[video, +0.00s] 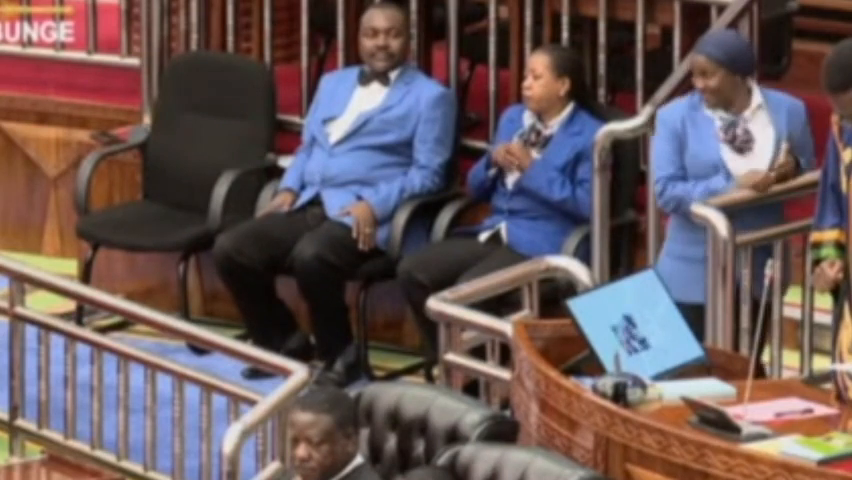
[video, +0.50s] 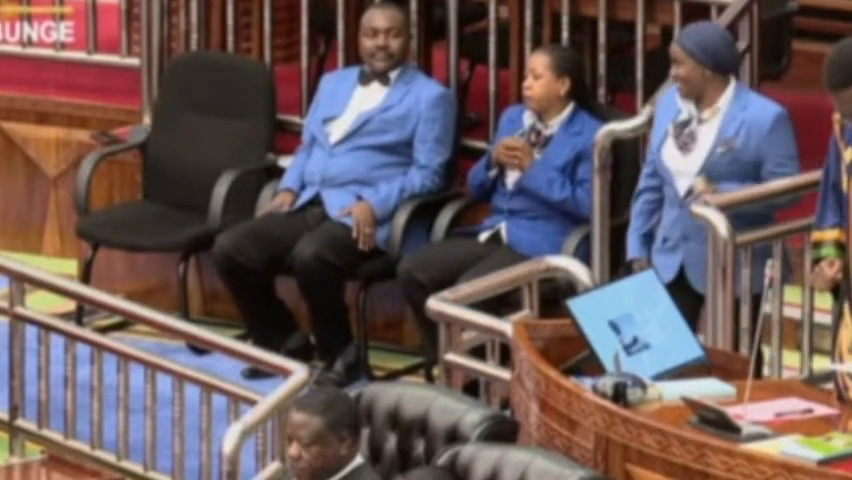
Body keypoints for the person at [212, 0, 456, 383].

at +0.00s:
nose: (381, 43)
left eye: (391, 34)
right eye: (372, 34)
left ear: (407, 40)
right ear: (359, 39)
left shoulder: (430, 97)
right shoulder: (333, 83)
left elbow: (429, 174)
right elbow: (308, 150)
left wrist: (374, 205)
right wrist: (288, 189)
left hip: (368, 215)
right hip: (313, 207)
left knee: (311, 258)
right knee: (233, 250)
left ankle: (340, 359)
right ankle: (282, 343)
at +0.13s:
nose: (381, 43)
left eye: (391, 34)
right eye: (372, 34)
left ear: (407, 40)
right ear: (359, 39)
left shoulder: (430, 97)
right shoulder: (333, 83)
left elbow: (429, 174)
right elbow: (308, 150)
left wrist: (375, 205)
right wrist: (288, 190)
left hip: (367, 216)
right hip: (313, 207)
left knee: (311, 257)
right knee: (233, 250)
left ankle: (340, 358)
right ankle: (281, 342)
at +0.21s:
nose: (381, 43)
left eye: (391, 34)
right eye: (372, 34)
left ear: (407, 40)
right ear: (359, 39)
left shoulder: (430, 97)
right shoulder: (333, 83)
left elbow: (429, 174)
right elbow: (308, 150)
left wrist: (375, 205)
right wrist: (288, 190)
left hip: (367, 216)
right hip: (313, 207)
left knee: (311, 257)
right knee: (233, 250)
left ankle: (340, 358)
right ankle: (282, 342)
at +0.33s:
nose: (381, 43)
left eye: (391, 34)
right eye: (372, 34)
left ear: (407, 40)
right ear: (359, 39)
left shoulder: (430, 97)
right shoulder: (333, 83)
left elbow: (429, 174)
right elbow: (308, 150)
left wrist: (375, 205)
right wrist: (288, 190)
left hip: (367, 215)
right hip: (313, 207)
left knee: (311, 257)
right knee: (233, 250)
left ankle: (340, 358)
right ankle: (282, 342)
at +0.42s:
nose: (381, 43)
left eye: (392, 34)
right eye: (372, 34)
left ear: (407, 40)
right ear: (359, 39)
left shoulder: (430, 96)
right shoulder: (333, 83)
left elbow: (429, 174)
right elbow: (308, 149)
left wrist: (375, 205)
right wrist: (288, 189)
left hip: (367, 215)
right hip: (313, 207)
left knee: (311, 257)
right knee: (233, 250)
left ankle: (339, 359)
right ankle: (282, 343)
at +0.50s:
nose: (381, 43)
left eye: (392, 34)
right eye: (372, 34)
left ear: (407, 40)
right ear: (359, 39)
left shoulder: (430, 96)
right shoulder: (333, 83)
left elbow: (429, 174)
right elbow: (308, 149)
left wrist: (375, 205)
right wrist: (288, 189)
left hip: (367, 215)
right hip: (313, 207)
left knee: (311, 257)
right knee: (233, 250)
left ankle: (340, 359)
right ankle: (282, 343)